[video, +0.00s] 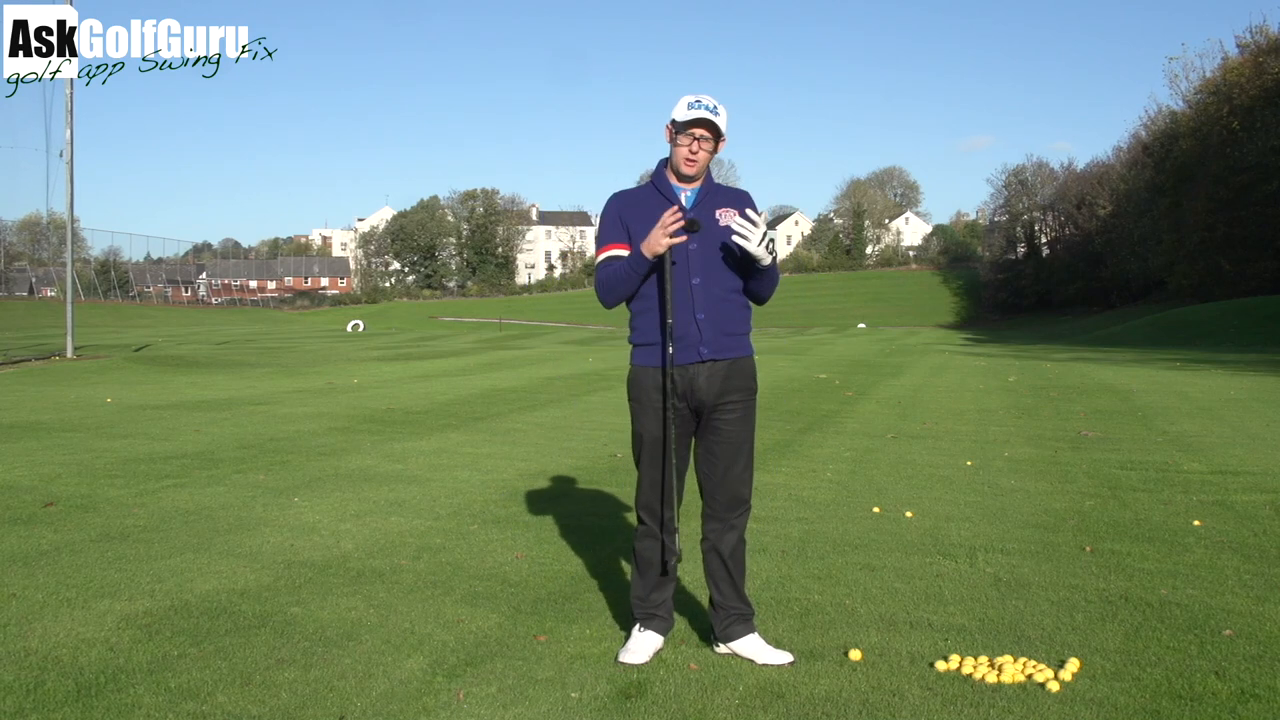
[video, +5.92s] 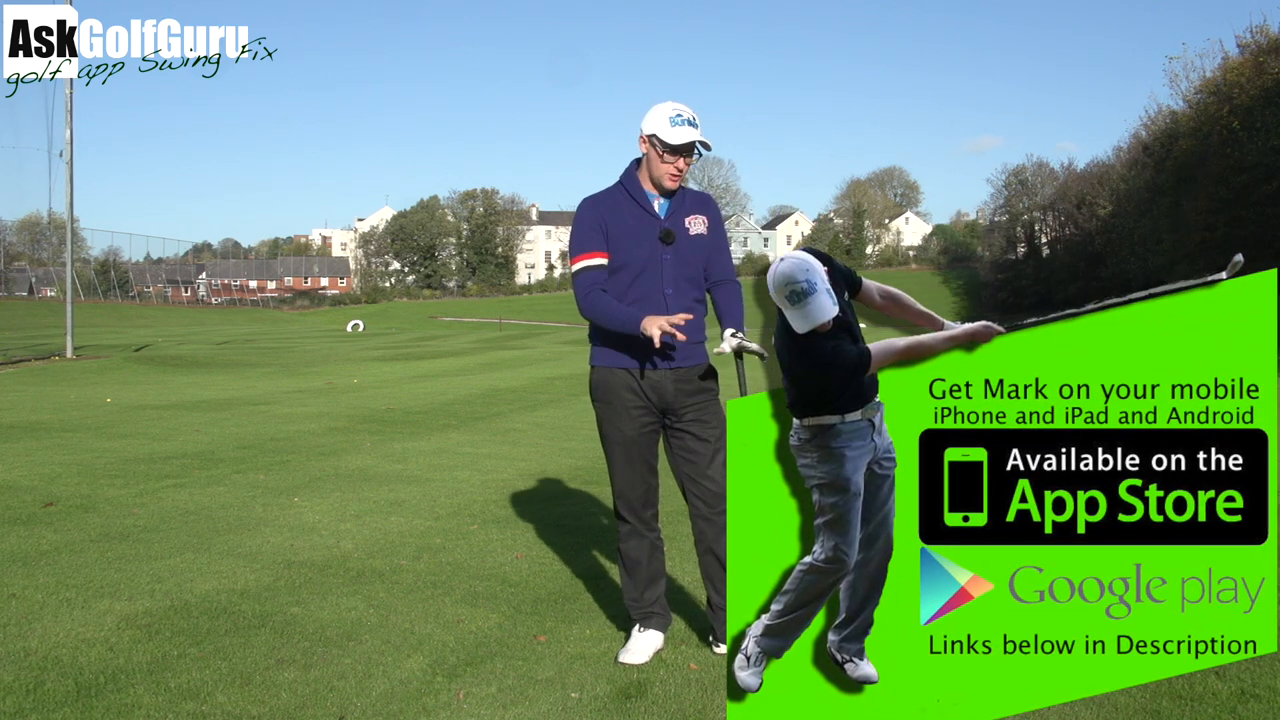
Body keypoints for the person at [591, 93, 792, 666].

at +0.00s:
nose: (695, 144)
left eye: (706, 137)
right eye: (687, 134)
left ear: (717, 146)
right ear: (670, 138)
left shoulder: (737, 204)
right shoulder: (625, 207)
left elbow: (761, 292)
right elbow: (609, 292)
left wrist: (763, 258)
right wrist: (646, 250)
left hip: (730, 371)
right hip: (656, 373)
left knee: (729, 506)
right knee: (656, 506)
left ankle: (733, 627)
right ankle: (650, 621)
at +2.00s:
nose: (701, 141)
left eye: (712, 133)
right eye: (692, 132)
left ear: (727, 141)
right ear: (679, 139)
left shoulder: (750, 204)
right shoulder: (639, 204)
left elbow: (773, 283)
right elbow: (635, 287)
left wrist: (756, 285)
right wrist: (702, 262)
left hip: (737, 373)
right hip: (665, 376)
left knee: (732, 507)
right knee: (660, 509)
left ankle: (733, 627)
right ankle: (651, 621)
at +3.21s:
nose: (704, 144)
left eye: (715, 136)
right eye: (695, 135)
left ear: (734, 143)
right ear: (682, 140)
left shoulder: (758, 203)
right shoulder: (647, 198)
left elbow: (781, 285)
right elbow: (642, 263)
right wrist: (684, 196)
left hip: (735, 373)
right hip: (662, 373)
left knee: (731, 509)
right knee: (659, 506)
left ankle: (734, 625)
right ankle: (651, 620)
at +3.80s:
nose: (702, 145)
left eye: (712, 135)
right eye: (692, 136)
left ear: (730, 141)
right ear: (680, 142)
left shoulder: (755, 203)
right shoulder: (644, 203)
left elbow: (780, 283)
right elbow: (625, 288)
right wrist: (660, 257)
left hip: (737, 375)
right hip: (664, 377)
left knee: (731, 510)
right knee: (660, 506)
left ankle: (733, 625)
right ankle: (651, 620)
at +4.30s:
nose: (691, 144)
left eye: (702, 135)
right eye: (682, 134)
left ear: (717, 142)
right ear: (668, 138)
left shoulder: (743, 200)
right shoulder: (628, 207)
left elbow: (768, 280)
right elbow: (617, 292)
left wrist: (746, 327)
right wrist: (675, 300)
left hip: (723, 374)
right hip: (650, 375)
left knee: (723, 507)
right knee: (651, 508)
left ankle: (729, 622)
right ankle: (651, 620)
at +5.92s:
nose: (681, 162)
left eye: (690, 151)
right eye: (671, 151)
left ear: (695, 152)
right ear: (645, 145)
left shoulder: (701, 208)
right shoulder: (596, 211)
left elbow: (723, 279)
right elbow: (590, 295)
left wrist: (732, 326)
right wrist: (640, 322)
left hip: (692, 378)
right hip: (622, 381)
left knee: (714, 504)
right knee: (635, 507)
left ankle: (727, 623)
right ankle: (649, 620)